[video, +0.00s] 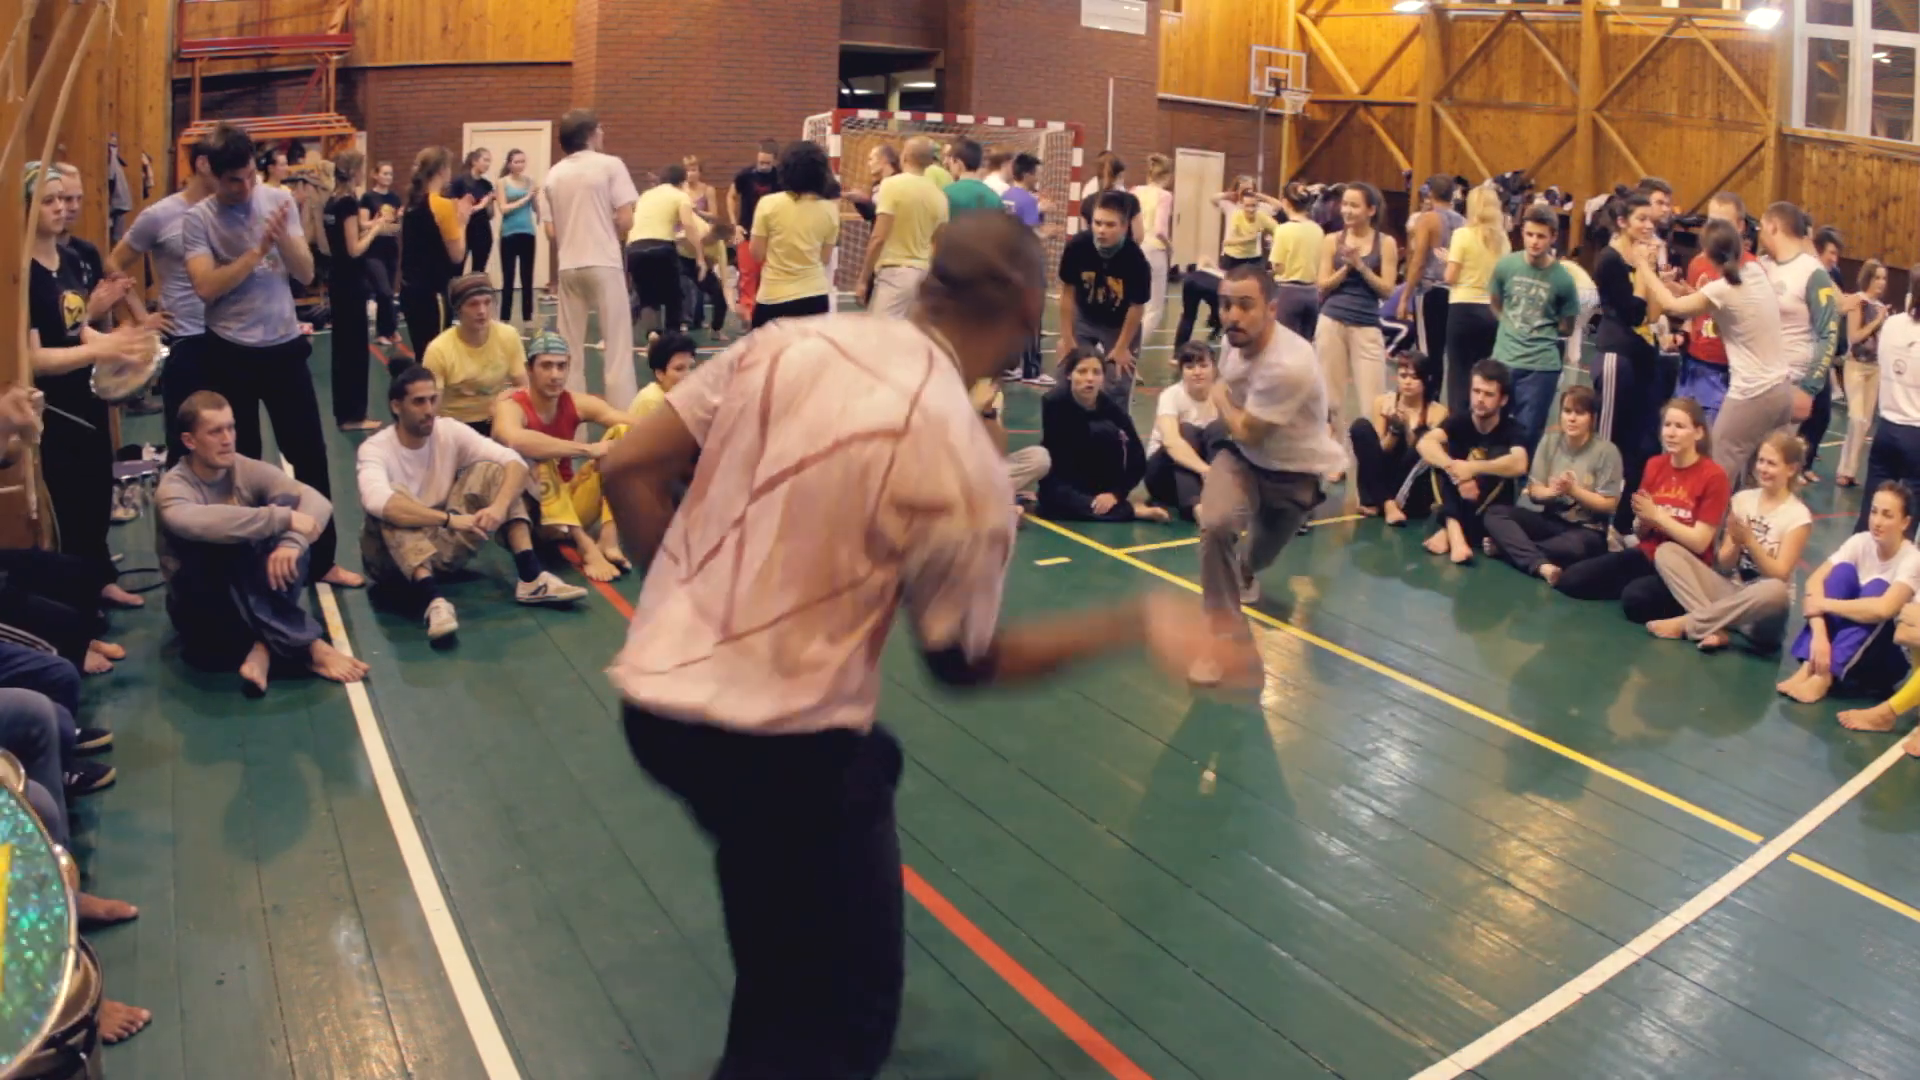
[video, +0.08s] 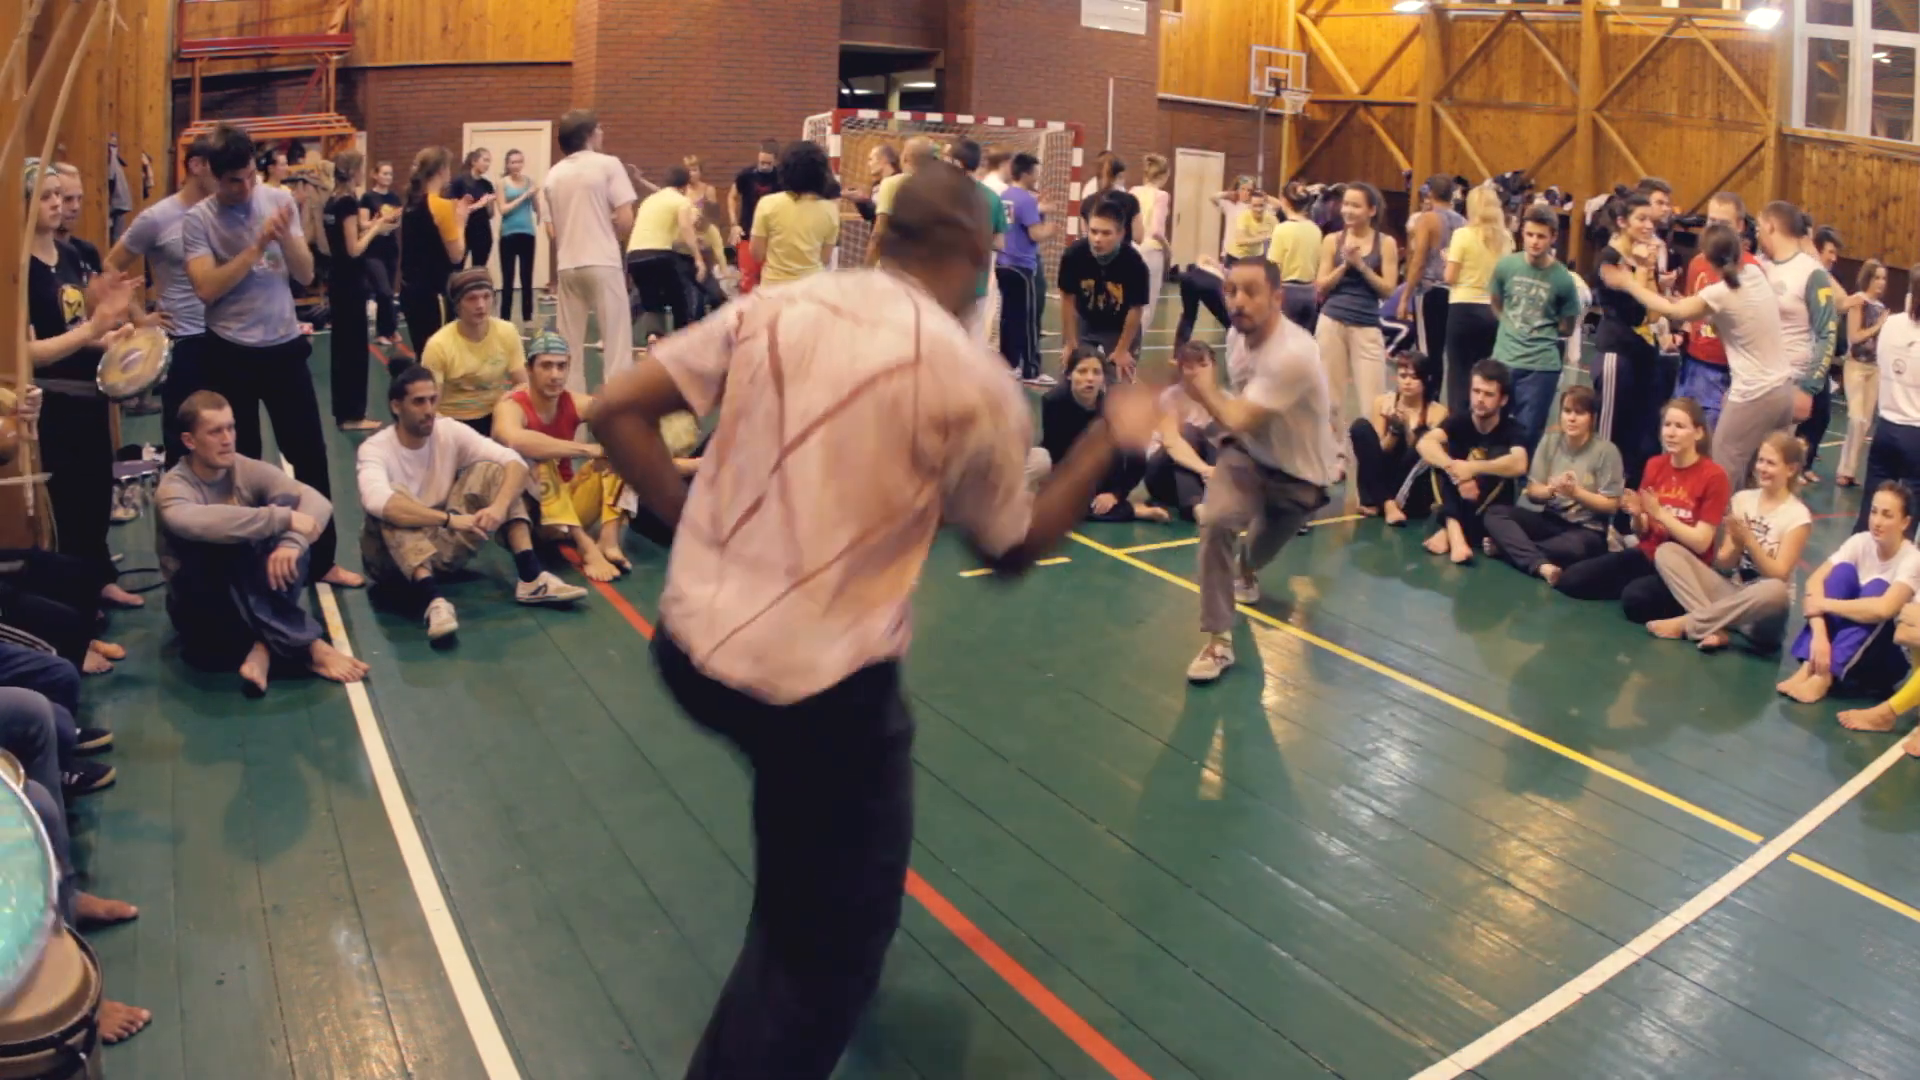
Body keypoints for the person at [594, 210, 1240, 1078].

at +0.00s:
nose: (1031, 329)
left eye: (1034, 314)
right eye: (1033, 312)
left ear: (934, 278)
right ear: (1018, 307)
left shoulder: (783, 343)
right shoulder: (952, 449)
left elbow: (629, 465)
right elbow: (963, 658)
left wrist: (696, 591)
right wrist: (1136, 618)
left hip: (659, 704)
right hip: (783, 744)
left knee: (866, 760)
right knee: (833, 1022)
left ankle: (813, 1013)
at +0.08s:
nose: (988, 267)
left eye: (986, 251)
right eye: (987, 251)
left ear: (883, 238)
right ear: (972, 257)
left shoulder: (773, 309)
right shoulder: (966, 378)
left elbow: (617, 410)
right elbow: (1015, 540)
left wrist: (692, 513)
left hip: (689, 649)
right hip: (818, 691)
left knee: (814, 776)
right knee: (825, 940)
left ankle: (838, 935)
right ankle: (752, 1061)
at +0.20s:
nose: (912, 227)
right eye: (906, 217)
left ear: (816, 242)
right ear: (899, 231)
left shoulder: (757, 306)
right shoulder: (953, 296)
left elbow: (603, 385)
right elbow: (1066, 421)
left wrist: (689, 483)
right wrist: (1016, 295)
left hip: (764, 587)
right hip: (897, 606)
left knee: (821, 791)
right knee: (899, 852)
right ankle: (724, 1064)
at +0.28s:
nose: (864, 254)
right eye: (860, 249)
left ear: (780, 287)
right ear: (865, 264)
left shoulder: (740, 353)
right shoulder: (938, 308)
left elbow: (604, 458)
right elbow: (1076, 382)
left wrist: (705, 518)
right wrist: (1031, 354)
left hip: (804, 602)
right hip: (935, 597)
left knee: (793, 717)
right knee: (954, 831)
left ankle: (820, 810)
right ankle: (765, 982)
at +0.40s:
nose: (821, 351)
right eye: (818, 348)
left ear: (759, 395)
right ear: (828, 364)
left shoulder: (753, 436)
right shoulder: (913, 385)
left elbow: (661, 593)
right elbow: (1033, 397)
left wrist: (732, 585)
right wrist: (983, 484)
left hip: (837, 606)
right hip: (965, 596)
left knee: (817, 710)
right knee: (1024, 819)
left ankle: (816, 805)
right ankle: (929, 983)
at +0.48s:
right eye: (829, 389)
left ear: (778, 433)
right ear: (843, 404)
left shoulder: (763, 478)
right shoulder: (913, 411)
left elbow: (739, 629)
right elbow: (1043, 437)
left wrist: (772, 562)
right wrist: (1051, 525)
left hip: (854, 600)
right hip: (986, 584)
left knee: (820, 693)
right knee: (1072, 785)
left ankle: (817, 804)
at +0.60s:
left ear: (855, 405)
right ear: (929, 381)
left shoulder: (829, 451)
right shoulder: (987, 396)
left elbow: (827, 579)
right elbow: (1128, 418)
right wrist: (1044, 440)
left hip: (898, 570)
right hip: (1026, 555)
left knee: (845, 680)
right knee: (1151, 737)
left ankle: (818, 802)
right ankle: (1294, 923)